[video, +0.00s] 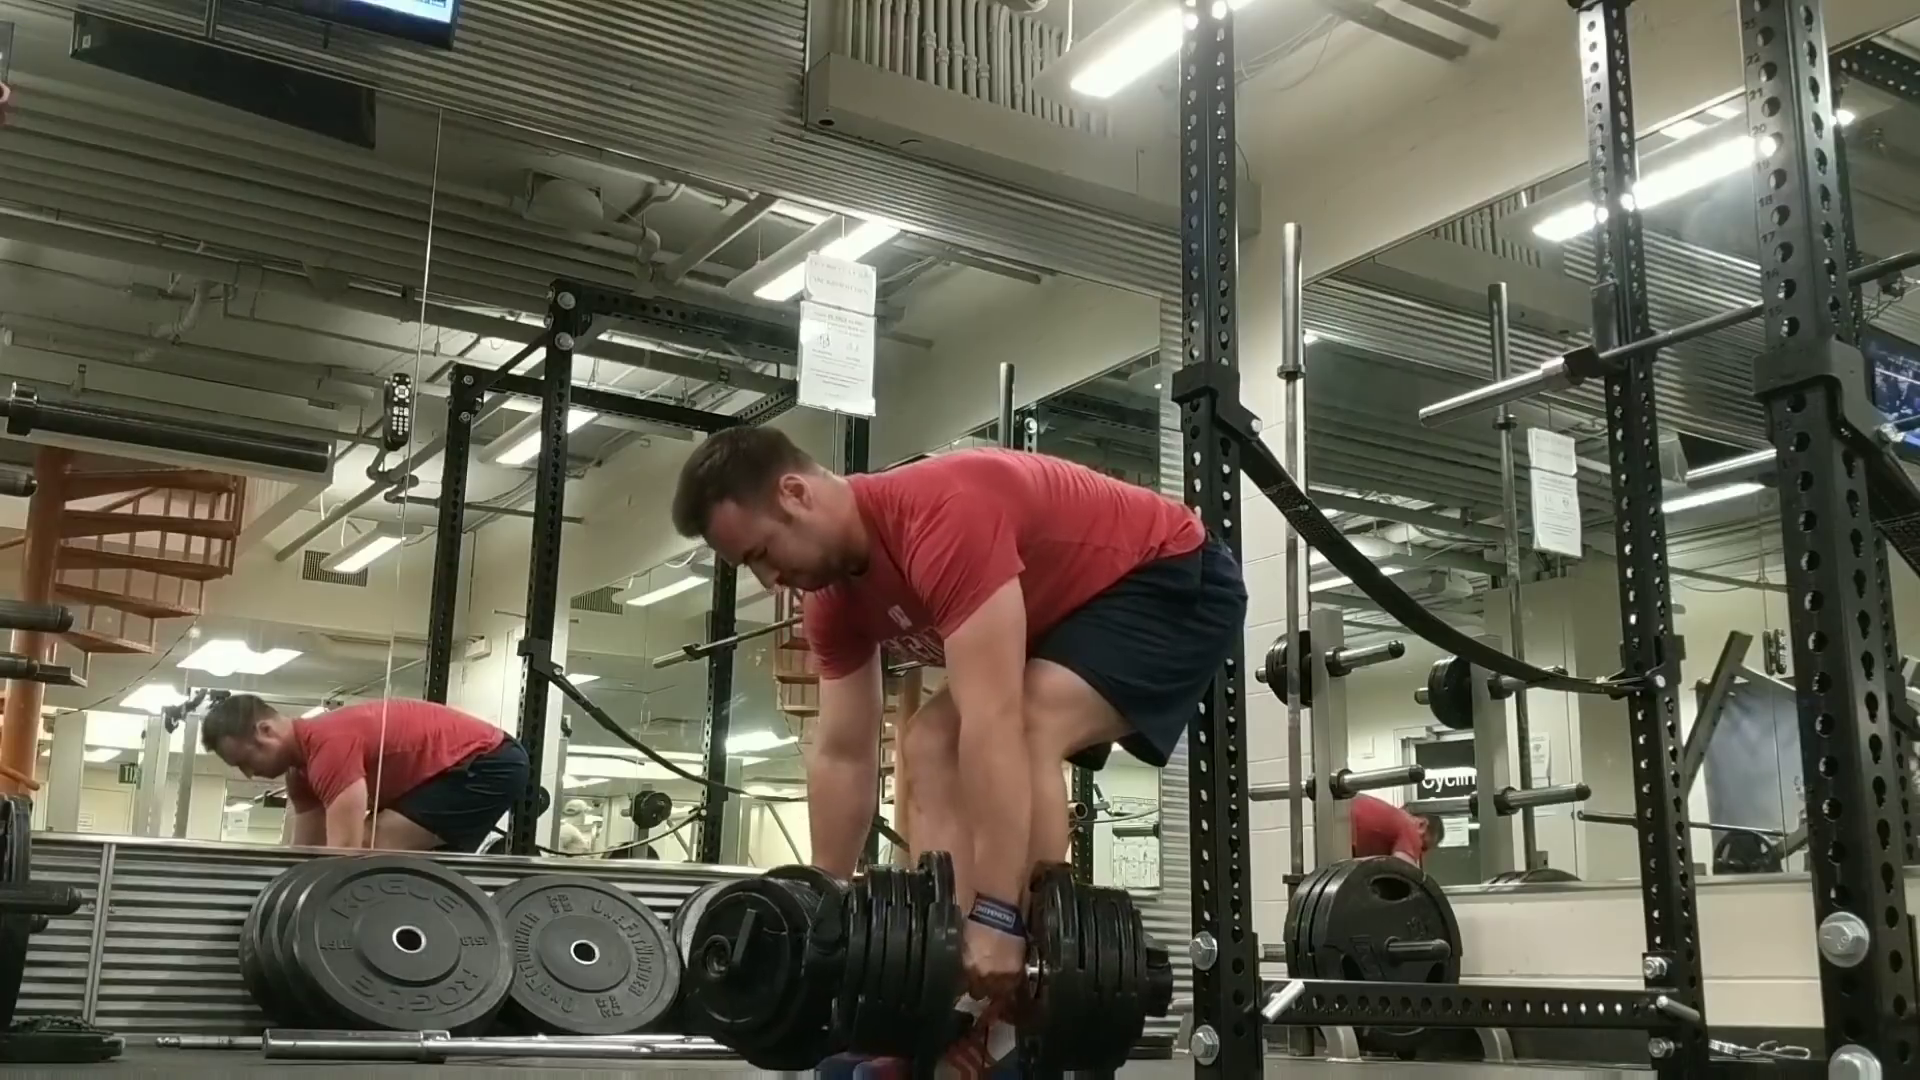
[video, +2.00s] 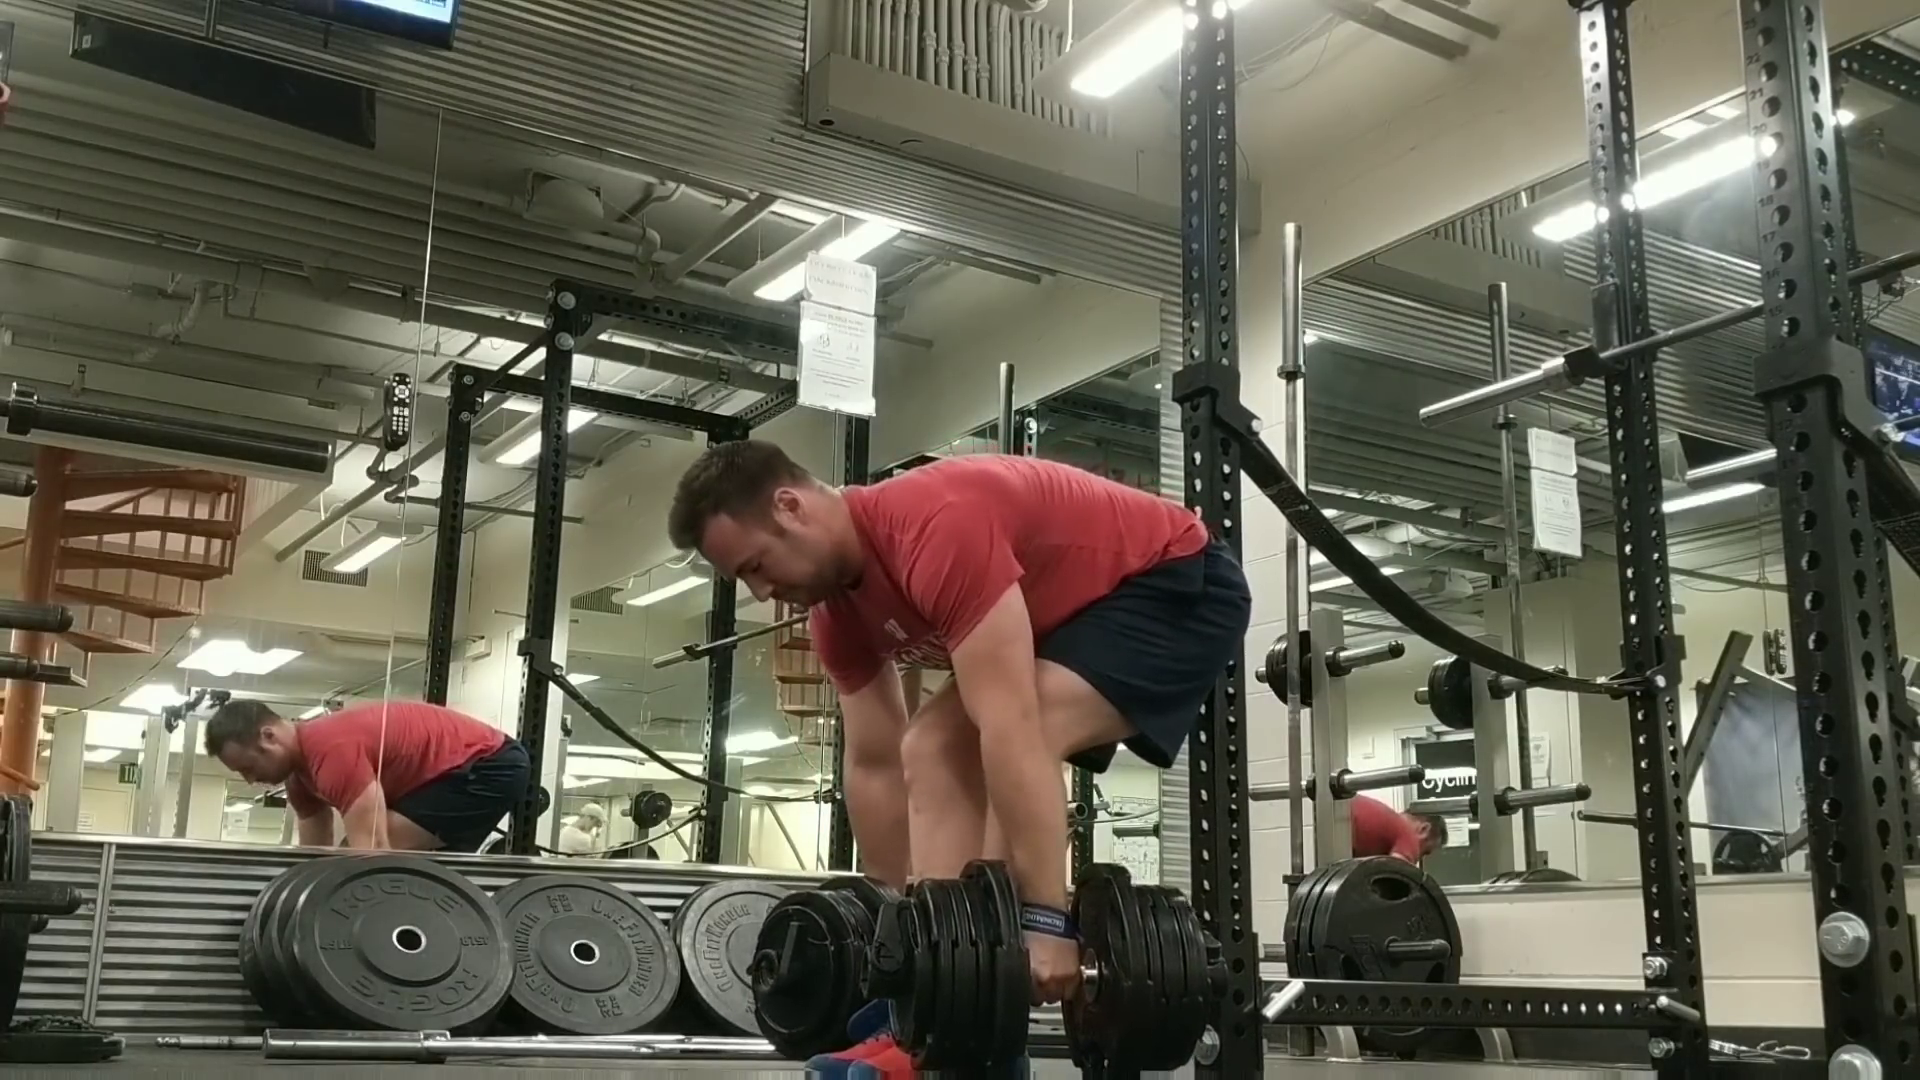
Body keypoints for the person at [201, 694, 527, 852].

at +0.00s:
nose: (250, 775)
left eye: (245, 762)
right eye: (241, 768)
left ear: (265, 731)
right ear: (264, 732)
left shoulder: (331, 745)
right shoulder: (302, 770)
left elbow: (343, 855)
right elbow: (300, 854)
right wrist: (278, 920)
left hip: (491, 765)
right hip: (464, 770)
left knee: (370, 846)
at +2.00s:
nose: (253, 782)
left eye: (249, 770)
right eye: (244, 776)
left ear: (268, 737)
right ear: (268, 738)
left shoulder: (331, 751)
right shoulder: (302, 775)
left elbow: (366, 851)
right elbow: (315, 856)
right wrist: (297, 916)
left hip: (491, 766)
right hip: (463, 771)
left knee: (381, 849)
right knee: (386, 855)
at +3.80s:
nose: (253, 741)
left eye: (252, 729)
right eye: (245, 735)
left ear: (277, 700)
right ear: (275, 703)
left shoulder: (338, 724)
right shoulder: (306, 748)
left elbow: (381, 824)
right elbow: (320, 831)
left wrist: (367, 915)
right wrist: (294, 901)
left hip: (488, 762)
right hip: (453, 771)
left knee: (369, 848)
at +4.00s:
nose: (271, 723)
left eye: (269, 711)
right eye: (262, 719)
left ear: (285, 679)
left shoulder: (348, 702)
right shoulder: (314, 727)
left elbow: (406, 789)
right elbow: (340, 796)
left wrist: (381, 885)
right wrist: (313, 871)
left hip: (487, 759)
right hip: (450, 767)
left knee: (401, 863)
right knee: (363, 854)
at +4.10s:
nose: (276, 716)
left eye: (272, 705)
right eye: (267, 711)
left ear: (288, 672)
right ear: (290, 674)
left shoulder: (353, 692)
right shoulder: (319, 712)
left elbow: (422, 764)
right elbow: (354, 781)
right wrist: (338, 847)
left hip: (489, 759)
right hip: (454, 763)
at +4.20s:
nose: (287, 710)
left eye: (281, 700)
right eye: (278, 705)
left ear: (293, 666)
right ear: (294, 668)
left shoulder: (362, 682)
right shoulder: (327, 703)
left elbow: (435, 747)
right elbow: (364, 763)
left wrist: (421, 835)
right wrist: (359, 825)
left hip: (491, 759)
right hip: (454, 762)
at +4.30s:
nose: (300, 705)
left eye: (292, 697)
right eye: (289, 703)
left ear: (298, 664)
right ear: (299, 663)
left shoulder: (364, 674)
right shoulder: (335, 694)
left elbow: (446, 729)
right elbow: (376, 748)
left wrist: (433, 818)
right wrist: (362, 813)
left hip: (489, 762)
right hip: (451, 765)